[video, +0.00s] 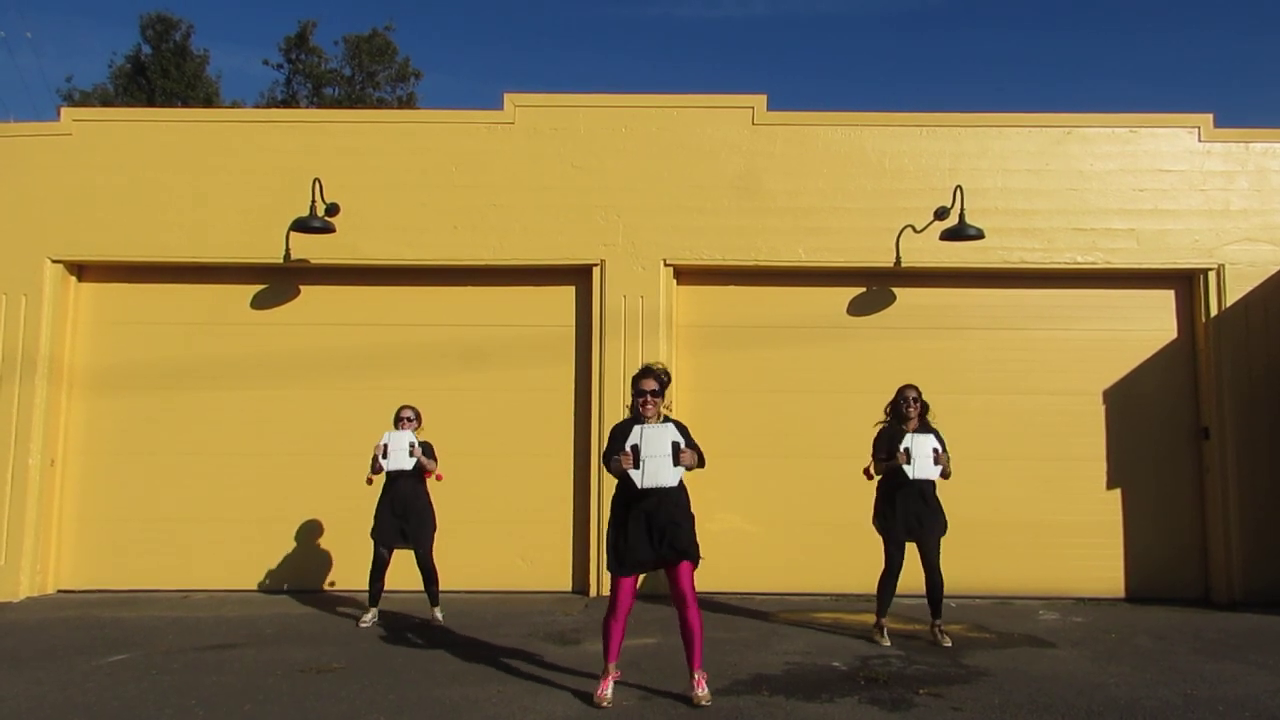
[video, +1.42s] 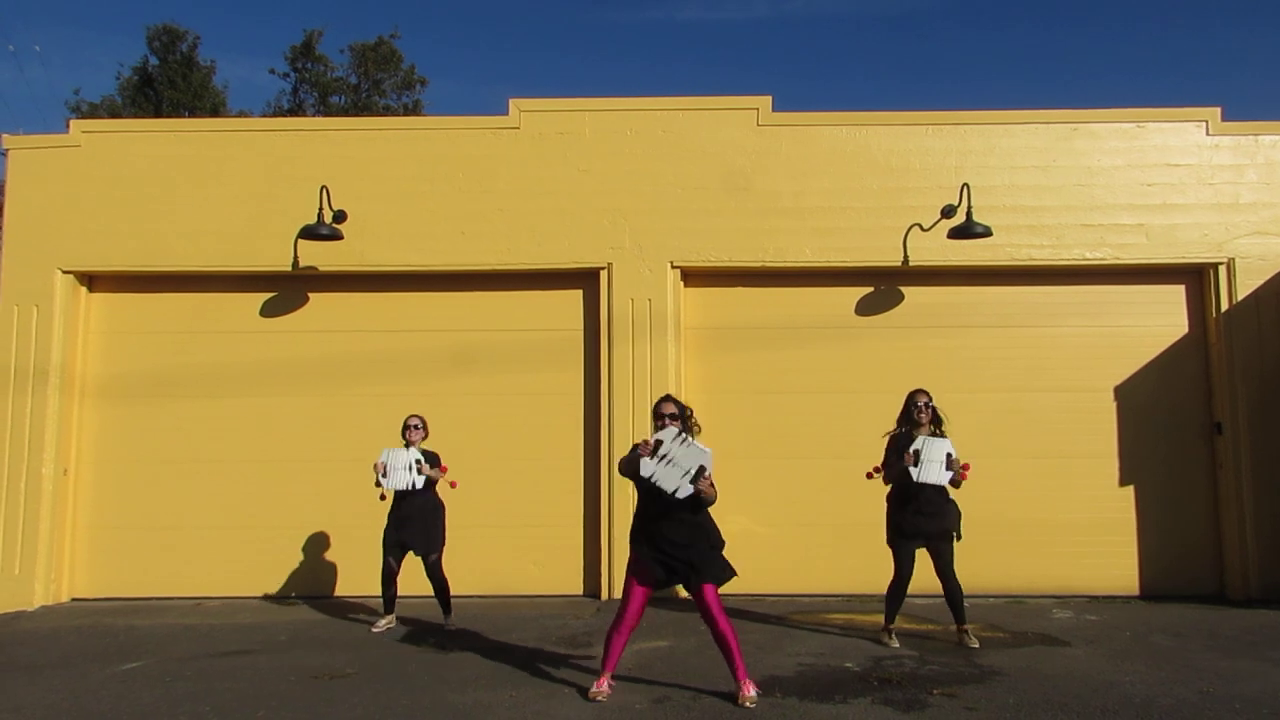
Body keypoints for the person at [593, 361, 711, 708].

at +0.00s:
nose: (646, 399)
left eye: (653, 394)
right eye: (641, 393)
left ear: (663, 396)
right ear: (633, 395)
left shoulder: (677, 429)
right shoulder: (622, 430)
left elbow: (698, 459)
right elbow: (609, 464)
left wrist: (692, 458)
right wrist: (619, 463)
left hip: (673, 522)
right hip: (630, 524)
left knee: (686, 598)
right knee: (620, 603)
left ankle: (697, 676)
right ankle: (609, 673)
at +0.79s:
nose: (653, 416)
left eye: (660, 411)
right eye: (647, 411)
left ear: (672, 415)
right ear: (640, 415)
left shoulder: (681, 447)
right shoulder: (631, 449)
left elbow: (702, 482)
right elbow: (623, 482)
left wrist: (704, 458)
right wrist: (638, 469)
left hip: (679, 540)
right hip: (636, 541)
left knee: (701, 613)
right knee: (621, 614)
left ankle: (724, 683)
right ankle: (600, 679)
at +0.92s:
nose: (660, 393)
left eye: (667, 388)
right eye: (655, 388)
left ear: (678, 392)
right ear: (647, 393)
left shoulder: (694, 423)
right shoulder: (638, 430)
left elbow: (736, 433)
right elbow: (626, 469)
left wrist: (741, 399)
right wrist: (608, 476)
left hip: (689, 522)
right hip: (647, 523)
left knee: (707, 593)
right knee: (628, 592)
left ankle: (728, 668)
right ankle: (608, 658)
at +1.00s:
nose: (665, 394)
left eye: (672, 389)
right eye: (660, 389)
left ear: (686, 392)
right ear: (653, 392)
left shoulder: (704, 417)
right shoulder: (647, 427)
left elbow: (741, 395)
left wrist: (755, 362)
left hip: (696, 515)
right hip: (654, 516)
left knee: (713, 594)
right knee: (636, 592)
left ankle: (731, 668)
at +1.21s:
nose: (684, 408)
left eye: (688, 402)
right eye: (677, 403)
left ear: (694, 402)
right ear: (665, 405)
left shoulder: (707, 427)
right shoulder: (654, 441)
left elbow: (736, 399)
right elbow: (629, 479)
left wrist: (732, 364)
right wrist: (600, 502)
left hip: (703, 526)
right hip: (661, 527)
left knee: (724, 600)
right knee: (634, 592)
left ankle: (737, 668)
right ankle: (626, 598)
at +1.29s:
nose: (670, 408)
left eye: (677, 402)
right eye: (665, 403)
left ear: (691, 404)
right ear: (659, 405)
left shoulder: (701, 432)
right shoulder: (650, 440)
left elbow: (729, 440)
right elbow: (630, 473)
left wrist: (717, 417)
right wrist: (615, 489)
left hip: (698, 523)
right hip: (655, 524)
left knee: (719, 596)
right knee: (627, 597)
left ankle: (744, 666)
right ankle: (608, 643)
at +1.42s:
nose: (666, 422)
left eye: (673, 417)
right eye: (660, 417)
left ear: (684, 420)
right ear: (653, 420)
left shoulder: (696, 453)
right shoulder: (644, 453)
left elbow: (710, 499)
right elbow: (624, 467)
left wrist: (709, 492)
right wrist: (636, 454)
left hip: (693, 544)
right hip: (650, 543)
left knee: (714, 614)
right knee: (628, 615)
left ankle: (743, 682)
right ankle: (604, 679)